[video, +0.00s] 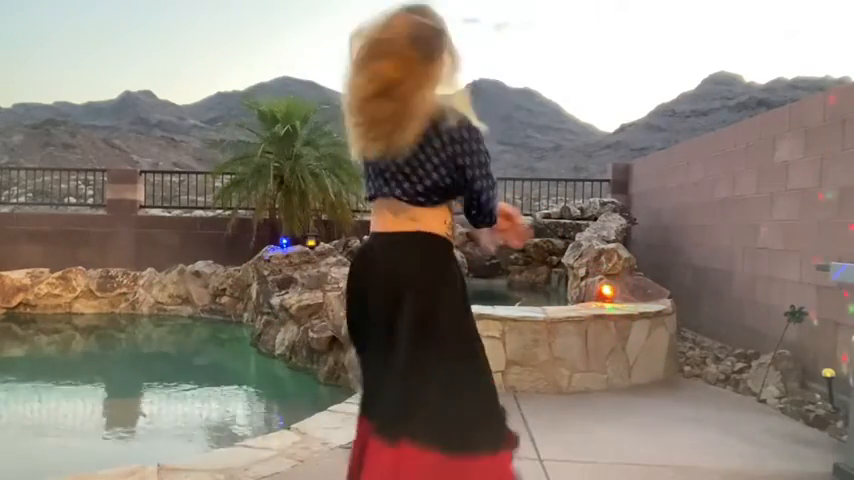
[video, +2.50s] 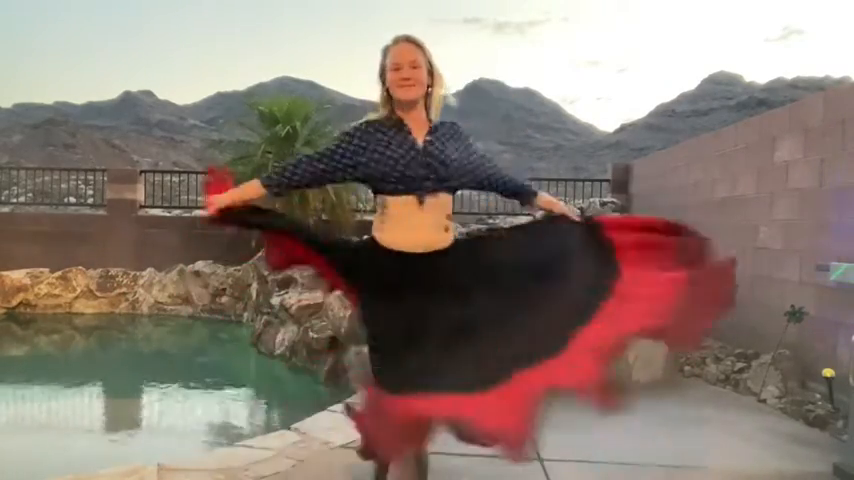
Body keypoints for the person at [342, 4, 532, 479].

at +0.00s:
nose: (450, 62)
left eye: (446, 54)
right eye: (446, 54)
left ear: (381, 58)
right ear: (439, 61)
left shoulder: (374, 119)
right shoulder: (455, 126)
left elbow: (417, 192)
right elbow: (482, 211)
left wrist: (491, 209)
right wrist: (503, 223)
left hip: (373, 262)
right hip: (428, 266)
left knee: (386, 394)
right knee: (457, 398)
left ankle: (388, 472)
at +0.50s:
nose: (392, 78)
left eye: (403, 73)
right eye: (390, 71)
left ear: (427, 85)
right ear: (387, 75)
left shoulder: (408, 131)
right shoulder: (407, 128)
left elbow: (369, 194)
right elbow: (385, 200)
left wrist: (315, 223)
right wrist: (360, 258)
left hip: (397, 255)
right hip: (402, 250)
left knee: (396, 364)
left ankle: (394, 460)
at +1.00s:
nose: (390, 77)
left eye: (398, 70)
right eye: (381, 71)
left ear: (411, 79)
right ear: (369, 80)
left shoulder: (428, 137)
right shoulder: (352, 134)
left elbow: (451, 201)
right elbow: (324, 191)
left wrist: (471, 263)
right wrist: (292, 241)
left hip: (411, 258)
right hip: (354, 257)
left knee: (415, 365)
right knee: (354, 364)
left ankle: (417, 460)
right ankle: (357, 459)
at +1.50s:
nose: (415, 74)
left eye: (415, 64)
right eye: (404, 67)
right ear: (376, 79)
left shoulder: (376, 124)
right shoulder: (394, 128)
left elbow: (357, 197)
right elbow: (409, 198)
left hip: (380, 248)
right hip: (398, 252)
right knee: (411, 357)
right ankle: (404, 458)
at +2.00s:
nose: (377, 88)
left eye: (389, 81)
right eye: (380, 79)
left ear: (416, 93)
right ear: (413, 93)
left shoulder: (396, 136)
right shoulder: (426, 146)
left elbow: (365, 192)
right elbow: (459, 201)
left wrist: (317, 226)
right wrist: (500, 243)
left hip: (386, 264)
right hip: (416, 262)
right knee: (418, 378)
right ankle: (420, 463)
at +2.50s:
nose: (405, 77)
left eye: (413, 69)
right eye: (396, 71)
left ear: (431, 76)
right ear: (385, 80)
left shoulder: (450, 136)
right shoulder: (368, 137)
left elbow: (489, 176)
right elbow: (313, 169)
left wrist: (538, 199)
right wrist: (252, 190)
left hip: (441, 261)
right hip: (389, 261)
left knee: (429, 363)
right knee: (396, 366)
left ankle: (408, 450)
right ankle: (398, 460)